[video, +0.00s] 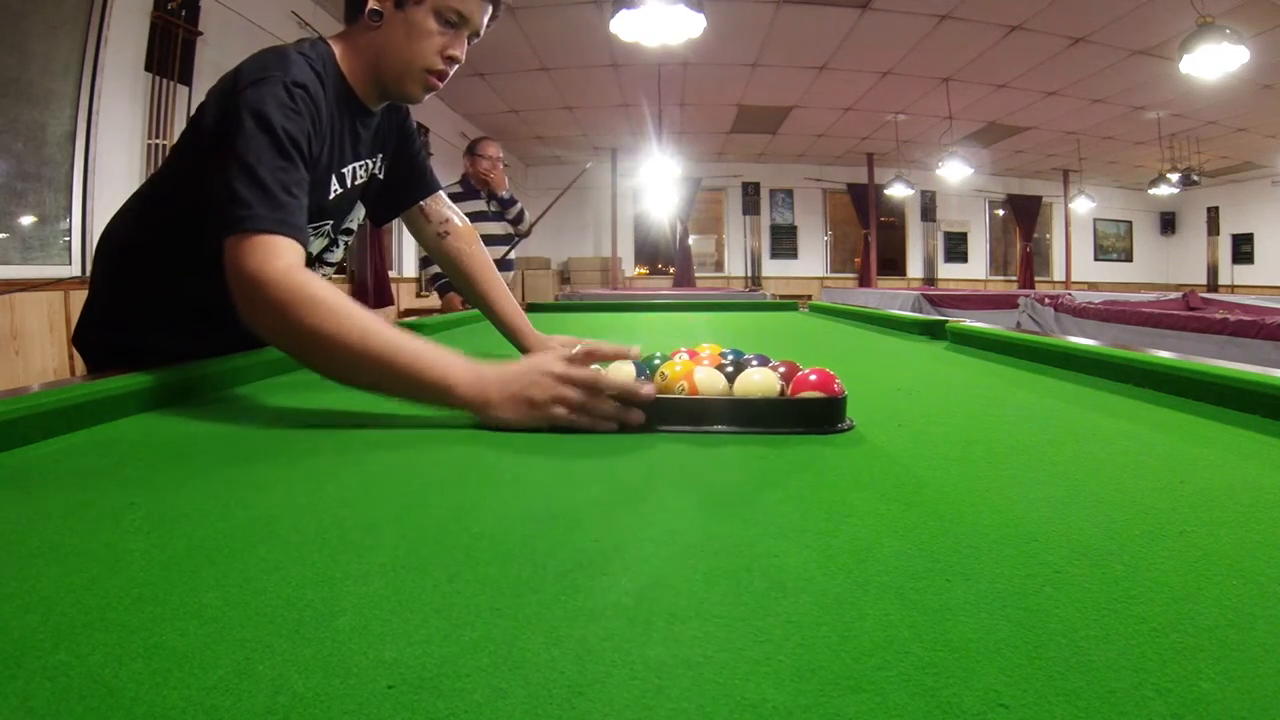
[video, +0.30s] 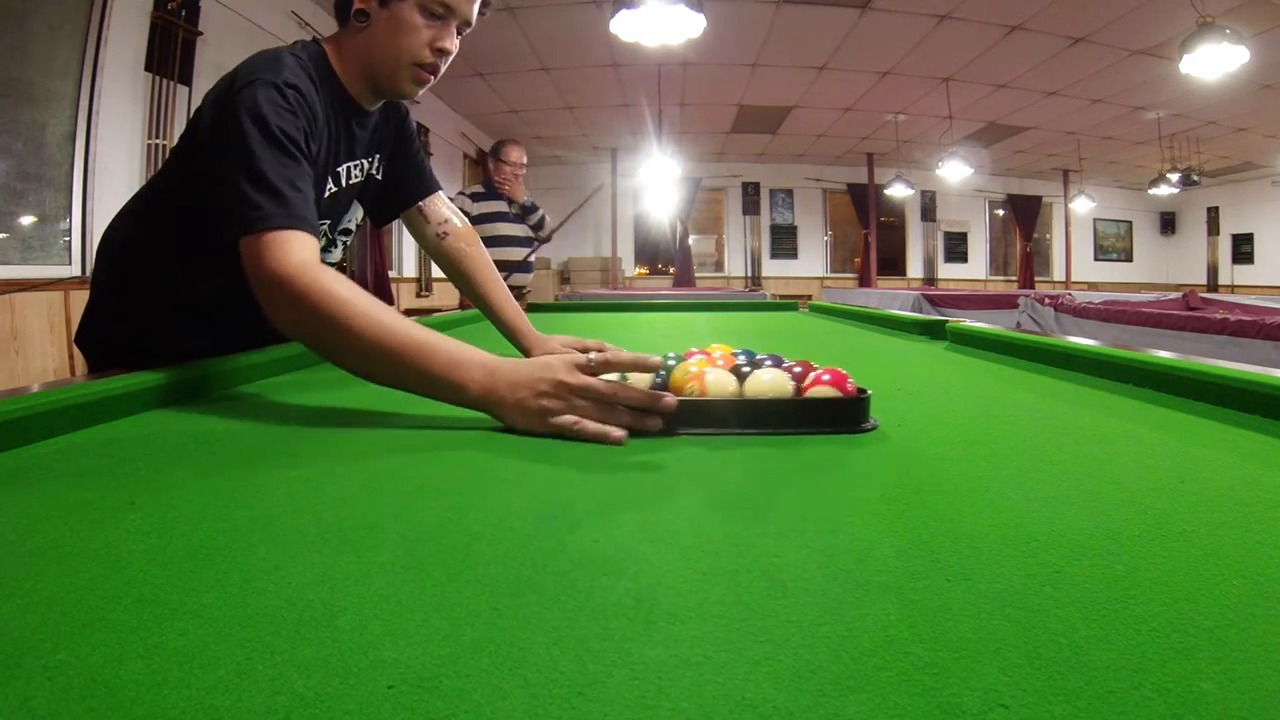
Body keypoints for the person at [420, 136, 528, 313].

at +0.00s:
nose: (494, 166)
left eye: (499, 160)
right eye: (487, 158)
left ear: (504, 165)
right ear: (468, 162)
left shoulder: (504, 199)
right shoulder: (444, 198)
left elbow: (525, 230)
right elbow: (429, 252)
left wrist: (503, 193)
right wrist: (445, 293)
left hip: (500, 295)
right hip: (462, 299)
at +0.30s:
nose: (518, 172)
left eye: (522, 167)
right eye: (512, 165)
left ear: (526, 169)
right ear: (491, 164)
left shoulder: (523, 200)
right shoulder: (469, 198)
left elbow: (546, 236)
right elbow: (452, 243)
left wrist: (524, 201)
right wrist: (465, 289)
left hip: (518, 298)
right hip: (481, 296)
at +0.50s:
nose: (536, 174)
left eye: (540, 168)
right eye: (529, 167)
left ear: (543, 169)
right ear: (511, 164)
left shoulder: (541, 199)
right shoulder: (489, 196)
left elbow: (564, 239)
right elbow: (472, 241)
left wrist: (547, 203)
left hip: (537, 293)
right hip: (502, 291)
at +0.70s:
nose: (542, 169)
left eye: (548, 164)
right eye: (535, 163)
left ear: (554, 168)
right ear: (522, 165)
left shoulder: (559, 200)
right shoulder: (502, 198)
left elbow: (577, 240)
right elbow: (485, 249)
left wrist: (566, 205)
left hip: (550, 293)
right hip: (515, 291)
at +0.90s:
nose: (546, 167)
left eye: (552, 161)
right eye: (539, 161)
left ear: (559, 168)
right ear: (527, 166)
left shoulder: (564, 206)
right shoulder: (508, 198)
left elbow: (585, 244)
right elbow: (490, 244)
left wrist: (580, 218)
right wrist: (493, 284)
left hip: (557, 293)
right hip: (520, 291)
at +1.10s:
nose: (545, 163)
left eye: (551, 159)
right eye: (537, 158)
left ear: (558, 165)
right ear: (526, 165)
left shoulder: (567, 205)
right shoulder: (508, 201)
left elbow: (583, 228)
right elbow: (491, 248)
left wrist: (590, 239)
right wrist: (498, 288)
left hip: (562, 295)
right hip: (525, 294)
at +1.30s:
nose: (543, 161)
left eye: (548, 156)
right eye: (535, 157)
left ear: (556, 162)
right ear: (524, 164)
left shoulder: (571, 200)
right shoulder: (507, 202)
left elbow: (591, 233)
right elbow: (491, 247)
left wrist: (604, 262)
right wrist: (496, 284)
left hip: (566, 295)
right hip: (528, 295)